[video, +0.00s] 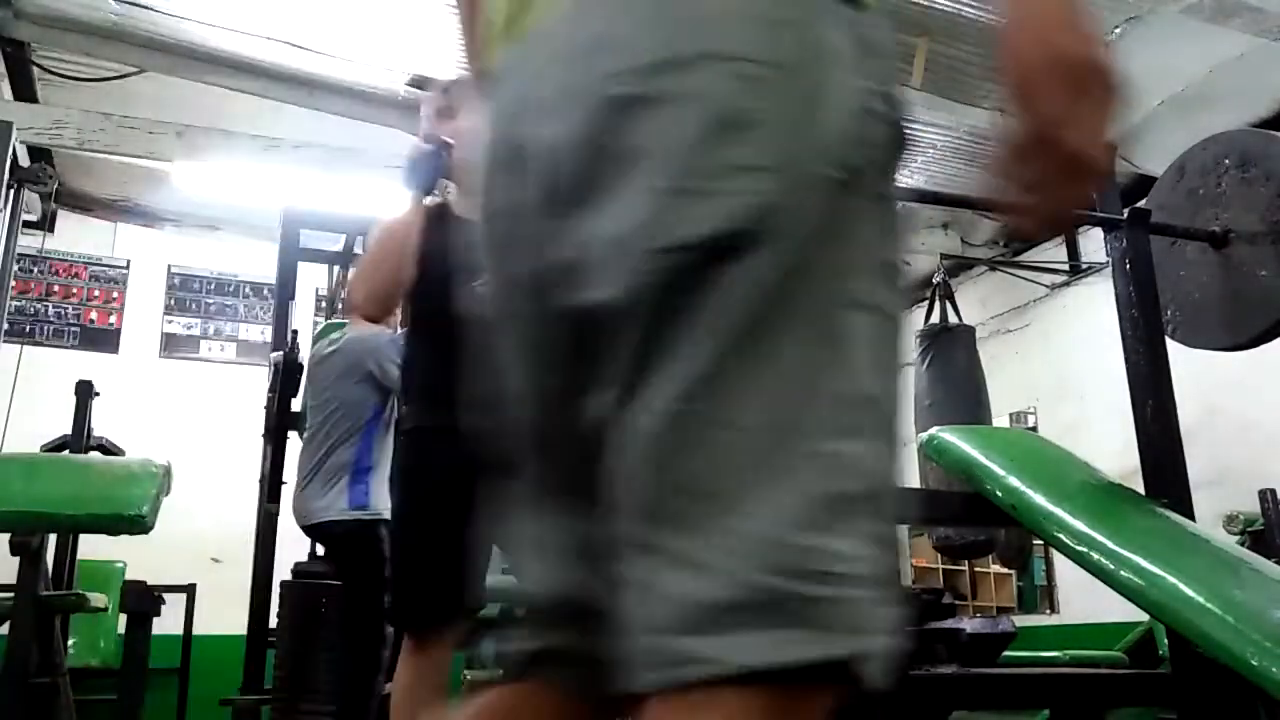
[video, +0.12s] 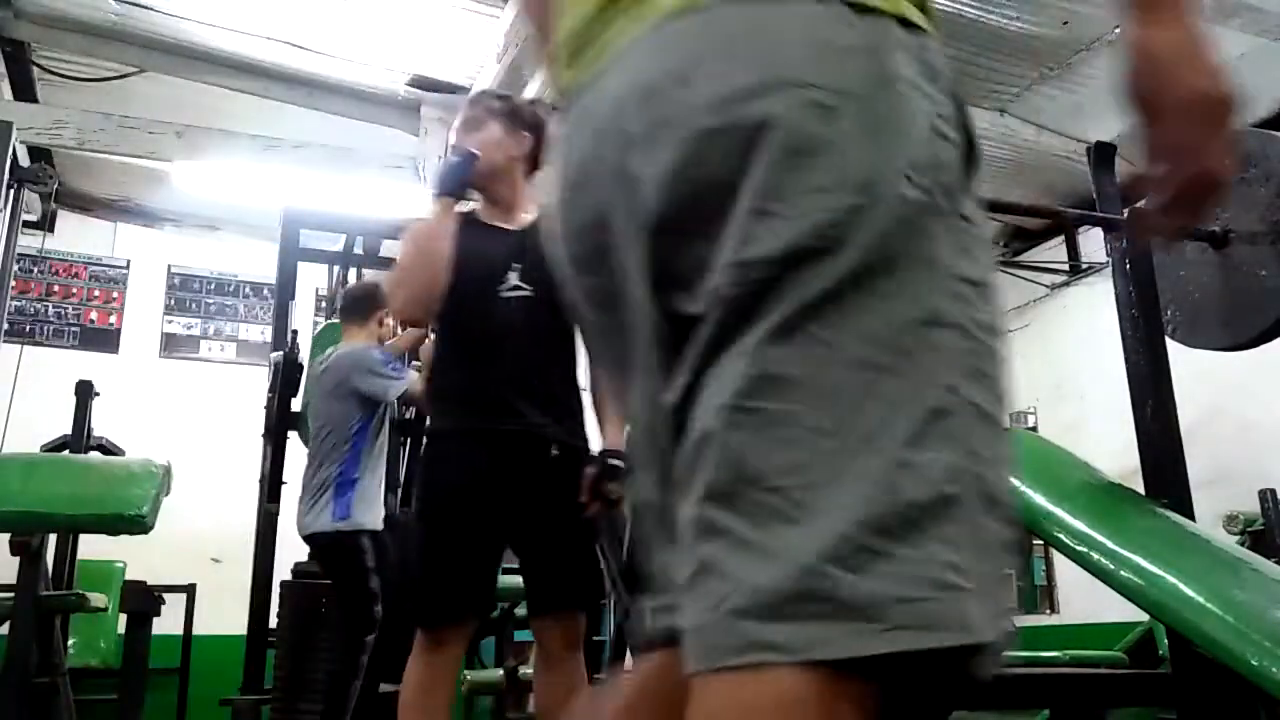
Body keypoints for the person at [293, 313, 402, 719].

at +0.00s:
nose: (400, 303)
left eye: (399, 294)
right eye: (399, 295)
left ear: (352, 297)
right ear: (393, 300)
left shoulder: (326, 343)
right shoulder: (376, 344)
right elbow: (428, 383)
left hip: (318, 506)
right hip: (355, 509)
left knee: (354, 619)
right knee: (370, 624)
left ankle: (347, 704)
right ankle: (359, 710)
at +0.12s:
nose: (392, 328)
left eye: (392, 322)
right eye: (392, 320)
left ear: (344, 317)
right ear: (382, 319)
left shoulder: (331, 361)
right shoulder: (362, 360)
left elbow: (386, 355)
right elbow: (428, 392)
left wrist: (418, 332)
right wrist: (436, 341)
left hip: (327, 519)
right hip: (344, 523)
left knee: (358, 620)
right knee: (366, 622)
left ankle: (341, 708)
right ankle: (342, 713)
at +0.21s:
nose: (389, 325)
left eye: (389, 319)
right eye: (388, 317)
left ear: (345, 318)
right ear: (378, 318)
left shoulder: (332, 361)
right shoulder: (353, 363)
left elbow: (379, 356)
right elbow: (426, 399)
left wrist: (417, 336)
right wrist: (428, 350)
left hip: (335, 520)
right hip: (347, 523)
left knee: (357, 626)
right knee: (365, 629)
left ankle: (340, 712)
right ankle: (347, 716)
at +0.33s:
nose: (393, 306)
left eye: (393, 299)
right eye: (392, 297)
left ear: (349, 295)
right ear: (379, 295)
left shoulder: (353, 339)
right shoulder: (346, 340)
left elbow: (382, 349)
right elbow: (398, 394)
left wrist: (414, 336)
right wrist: (422, 354)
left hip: (372, 498)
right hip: (347, 500)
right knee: (363, 605)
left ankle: (395, 672)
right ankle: (343, 709)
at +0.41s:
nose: (396, 296)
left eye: (396, 288)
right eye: (394, 287)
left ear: (362, 285)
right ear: (380, 285)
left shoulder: (363, 332)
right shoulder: (348, 329)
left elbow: (383, 359)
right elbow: (373, 382)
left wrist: (414, 340)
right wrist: (416, 355)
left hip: (375, 484)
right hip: (348, 485)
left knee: (434, 559)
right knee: (372, 590)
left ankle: (396, 672)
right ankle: (361, 696)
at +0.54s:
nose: (398, 286)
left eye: (399, 277)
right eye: (397, 276)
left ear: (369, 271)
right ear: (381, 270)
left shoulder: (369, 322)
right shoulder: (350, 315)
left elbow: (377, 364)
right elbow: (357, 371)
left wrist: (414, 340)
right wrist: (411, 349)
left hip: (381, 465)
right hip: (353, 465)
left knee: (427, 553)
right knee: (389, 557)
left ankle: (392, 673)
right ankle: (337, 684)